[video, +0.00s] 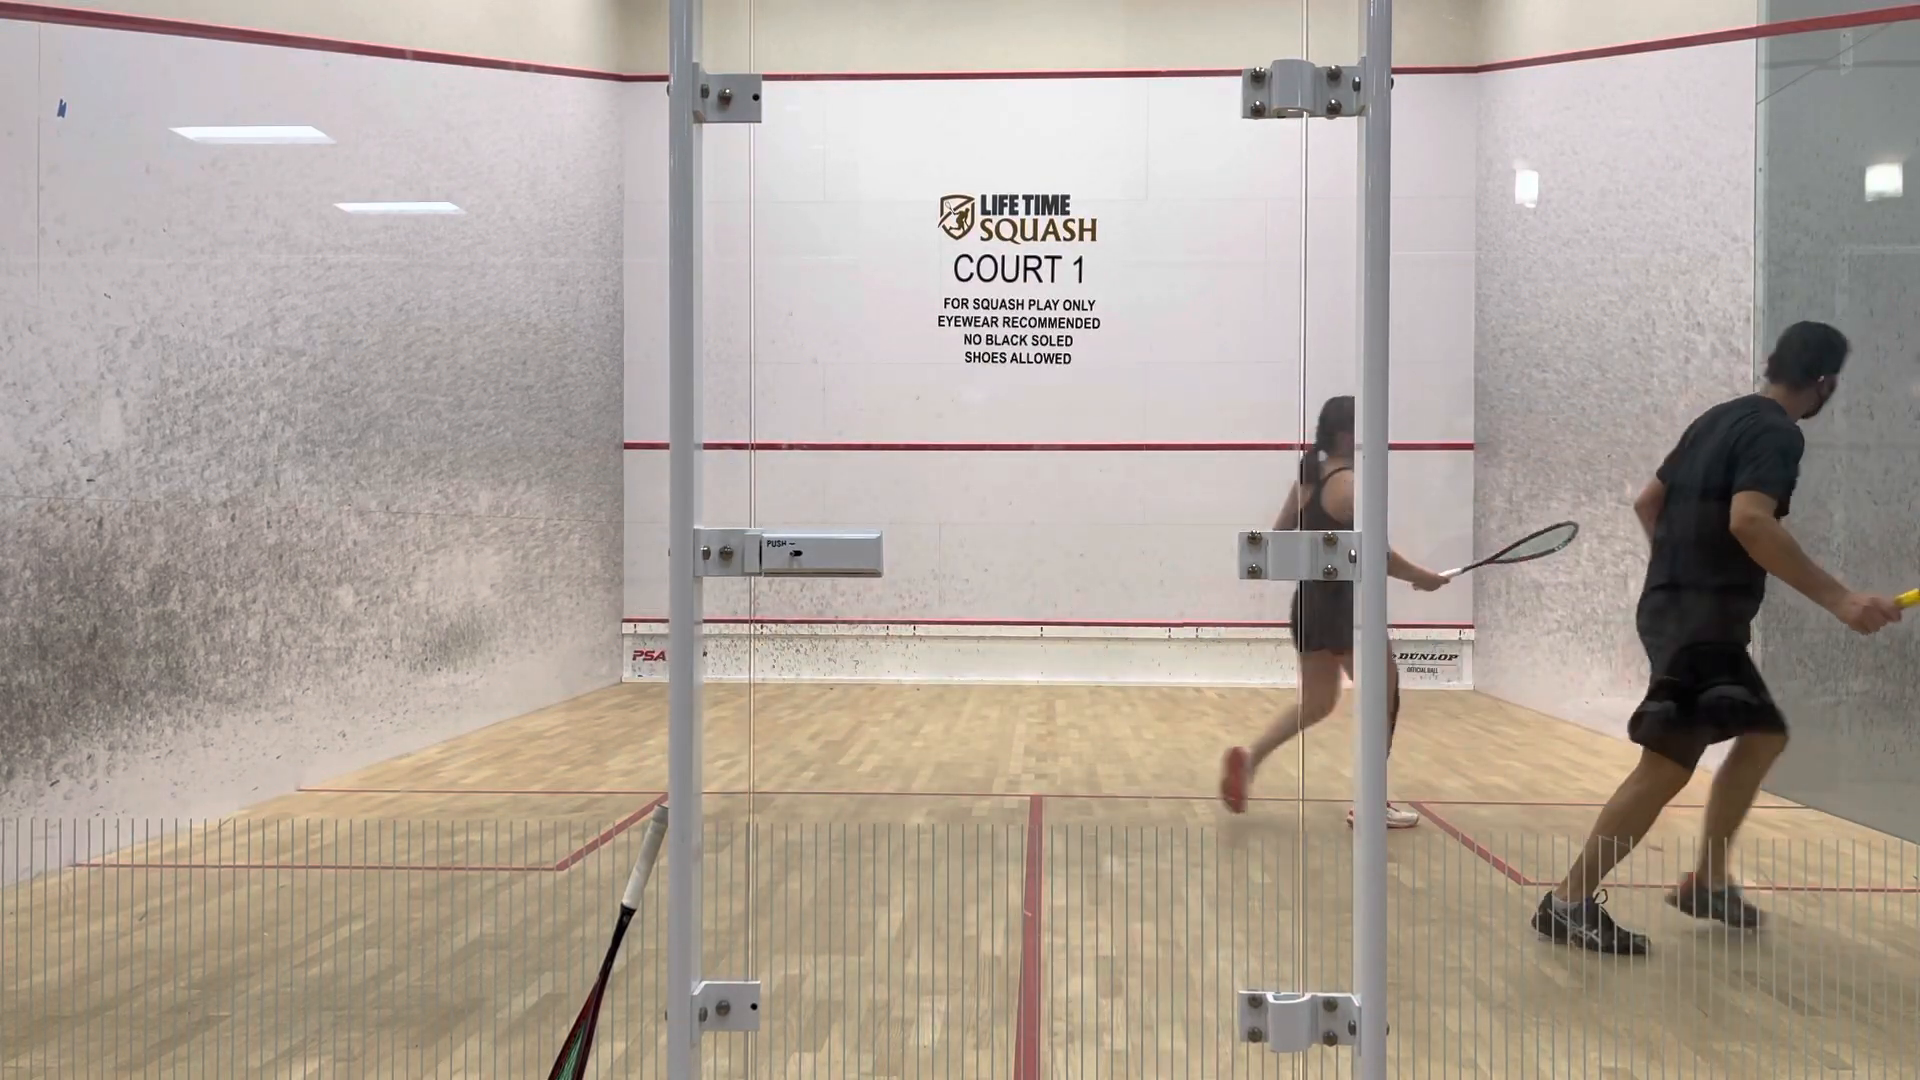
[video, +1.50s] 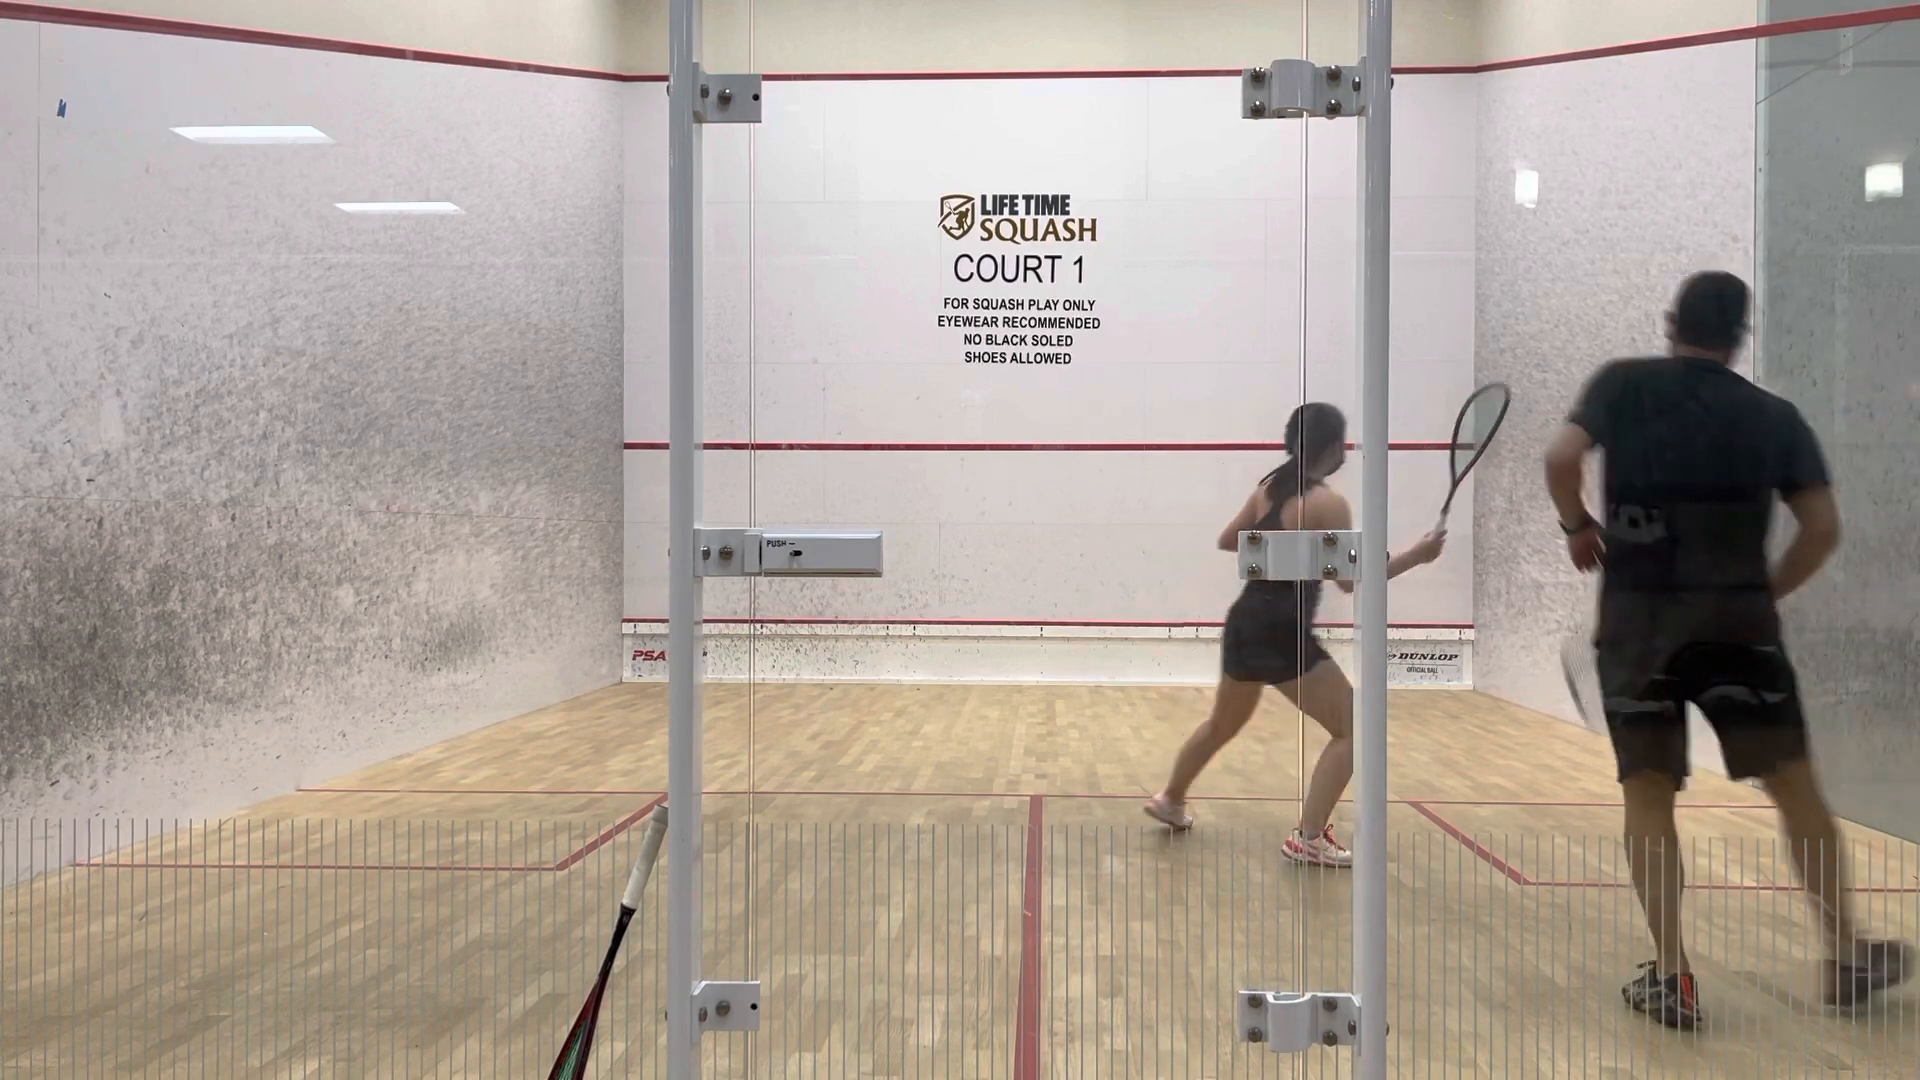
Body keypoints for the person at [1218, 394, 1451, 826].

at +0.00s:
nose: (1366, 437)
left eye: (1364, 428)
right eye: (1361, 430)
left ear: (1327, 434)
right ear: (1347, 434)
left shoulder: (1308, 478)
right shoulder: (1350, 484)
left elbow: (1280, 533)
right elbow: (1374, 550)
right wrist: (1420, 576)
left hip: (1310, 602)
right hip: (1348, 605)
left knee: (1316, 702)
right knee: (1385, 695)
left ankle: (1251, 754)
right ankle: (1370, 802)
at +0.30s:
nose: (1303, 453)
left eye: (1302, 445)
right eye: (1297, 446)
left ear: (1261, 452)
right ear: (1274, 452)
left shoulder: (1237, 492)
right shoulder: (1279, 503)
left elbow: (1229, 553)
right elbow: (1284, 575)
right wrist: (1330, 594)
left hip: (1215, 620)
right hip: (1254, 625)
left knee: (1211, 723)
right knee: (1314, 707)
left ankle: (1156, 808)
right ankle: (1350, 802)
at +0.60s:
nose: (1289, 443)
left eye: (1289, 434)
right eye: (1283, 435)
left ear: (1245, 438)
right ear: (1255, 437)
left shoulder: (1206, 477)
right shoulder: (1270, 492)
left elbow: (1170, 532)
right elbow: (1275, 559)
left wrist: (1199, 553)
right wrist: (1326, 557)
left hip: (1191, 611)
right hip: (1238, 616)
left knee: (1193, 713)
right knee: (1266, 723)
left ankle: (1153, 808)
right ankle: (1265, 823)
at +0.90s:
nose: (1286, 445)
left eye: (1286, 437)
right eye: (1280, 437)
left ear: (1242, 436)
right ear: (1252, 436)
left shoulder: (1198, 473)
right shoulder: (1264, 494)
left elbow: (1158, 525)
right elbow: (1267, 561)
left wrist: (1179, 554)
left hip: (1173, 610)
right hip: (1220, 615)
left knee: (1180, 711)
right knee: (1252, 721)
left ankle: (1152, 808)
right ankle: (1263, 826)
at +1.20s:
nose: (1284, 439)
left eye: (1282, 431)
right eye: (1281, 432)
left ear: (1236, 434)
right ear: (1271, 439)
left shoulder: (1198, 474)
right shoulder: (1270, 497)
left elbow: (1158, 525)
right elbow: (1269, 568)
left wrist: (1182, 547)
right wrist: (1323, 561)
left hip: (1176, 611)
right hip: (1224, 614)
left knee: (1181, 712)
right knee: (1274, 712)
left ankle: (1152, 807)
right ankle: (1270, 818)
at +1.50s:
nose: (1346, 451)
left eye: (1344, 442)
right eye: (1341, 443)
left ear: (1298, 444)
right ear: (1326, 448)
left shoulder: (1269, 488)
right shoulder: (1328, 503)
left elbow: (1229, 539)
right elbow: (1352, 578)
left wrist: (1288, 554)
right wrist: (1416, 556)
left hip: (1243, 627)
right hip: (1282, 636)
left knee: (1222, 723)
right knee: (1353, 729)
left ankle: (1169, 798)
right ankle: (1310, 835)